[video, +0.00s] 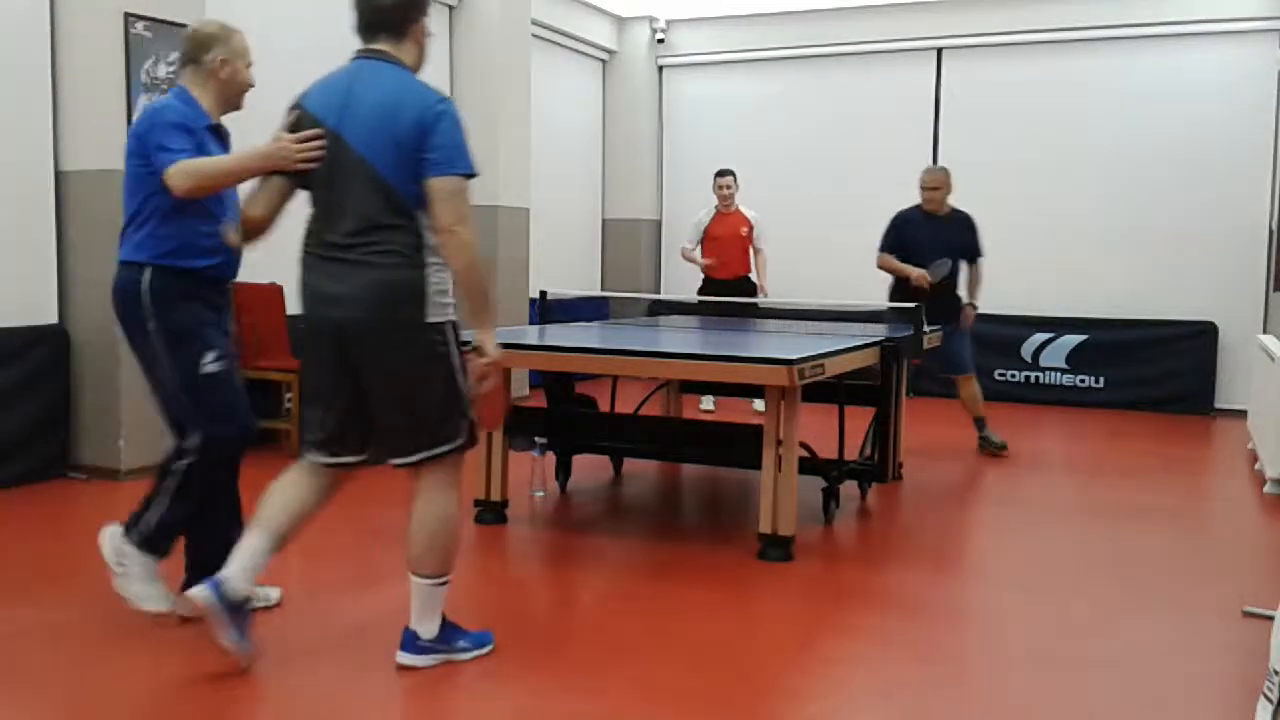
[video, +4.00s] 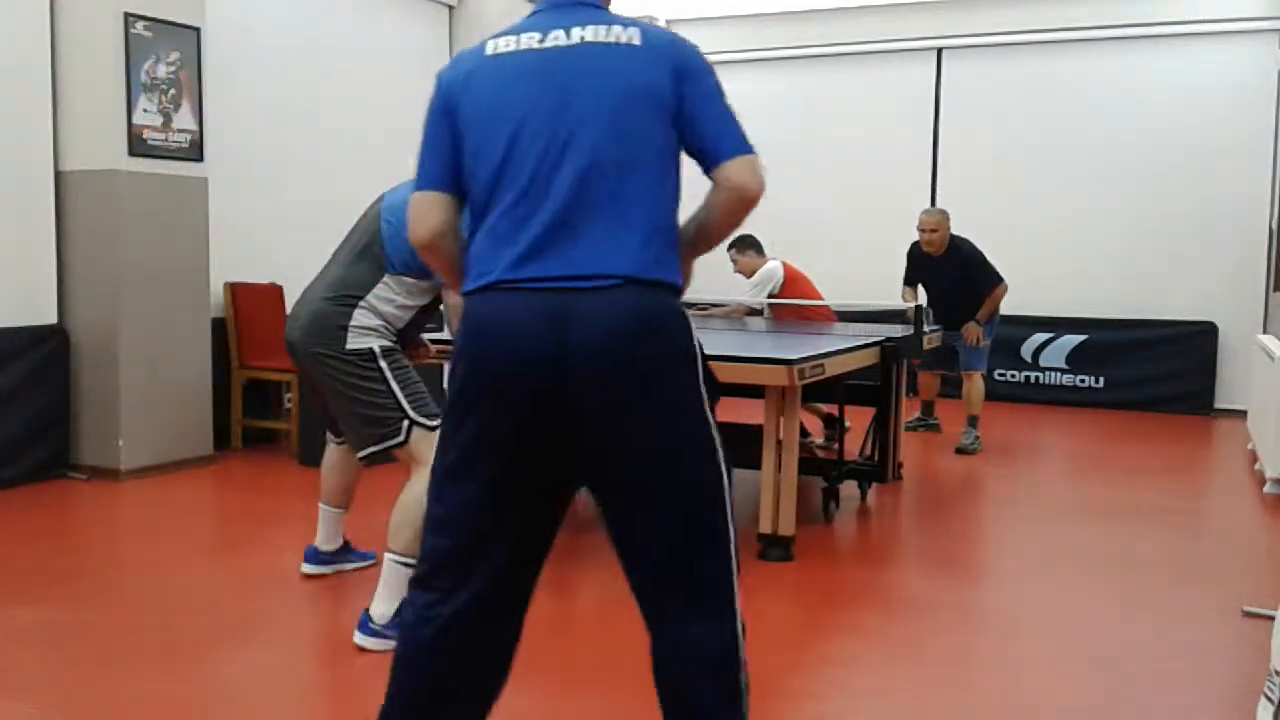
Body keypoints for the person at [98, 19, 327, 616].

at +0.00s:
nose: (250, 79)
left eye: (249, 68)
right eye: (244, 67)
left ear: (212, 67)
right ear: (217, 67)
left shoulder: (208, 130)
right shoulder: (168, 114)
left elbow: (232, 232)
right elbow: (182, 180)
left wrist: (286, 177)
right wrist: (262, 159)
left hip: (203, 287)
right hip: (160, 287)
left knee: (219, 430)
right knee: (217, 427)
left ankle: (212, 577)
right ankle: (133, 544)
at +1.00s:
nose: (233, 45)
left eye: (226, 33)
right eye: (232, 35)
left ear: (162, 29)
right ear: (222, 35)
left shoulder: (91, 95)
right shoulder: (231, 86)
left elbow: (46, 208)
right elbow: (285, 186)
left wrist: (42, 320)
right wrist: (242, 123)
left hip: (110, 303)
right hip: (207, 301)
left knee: (116, 492)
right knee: (232, 479)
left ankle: (129, 694)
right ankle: (235, 644)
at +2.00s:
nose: (362, 11)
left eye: (361, 5)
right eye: (362, 4)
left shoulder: (196, 54)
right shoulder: (358, 41)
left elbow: (158, 193)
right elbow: (387, 141)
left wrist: (202, 291)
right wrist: (386, 287)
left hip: (215, 305)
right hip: (323, 302)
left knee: (221, 541)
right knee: (330, 538)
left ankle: (224, 708)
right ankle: (301, 709)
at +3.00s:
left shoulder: (313, 42)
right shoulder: (516, 28)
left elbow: (262, 199)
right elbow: (600, 164)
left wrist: (246, 349)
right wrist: (570, 262)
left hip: (354, 332)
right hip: (491, 330)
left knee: (331, 592)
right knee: (515, 597)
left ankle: (287, 709)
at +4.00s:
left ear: (531, 3)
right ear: (607, 1)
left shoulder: (464, 69)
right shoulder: (665, 49)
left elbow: (429, 226)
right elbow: (742, 180)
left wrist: (484, 291)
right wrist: (679, 249)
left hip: (503, 337)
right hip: (637, 333)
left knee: (461, 587)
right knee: (688, 587)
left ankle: (417, 714)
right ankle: (709, 712)